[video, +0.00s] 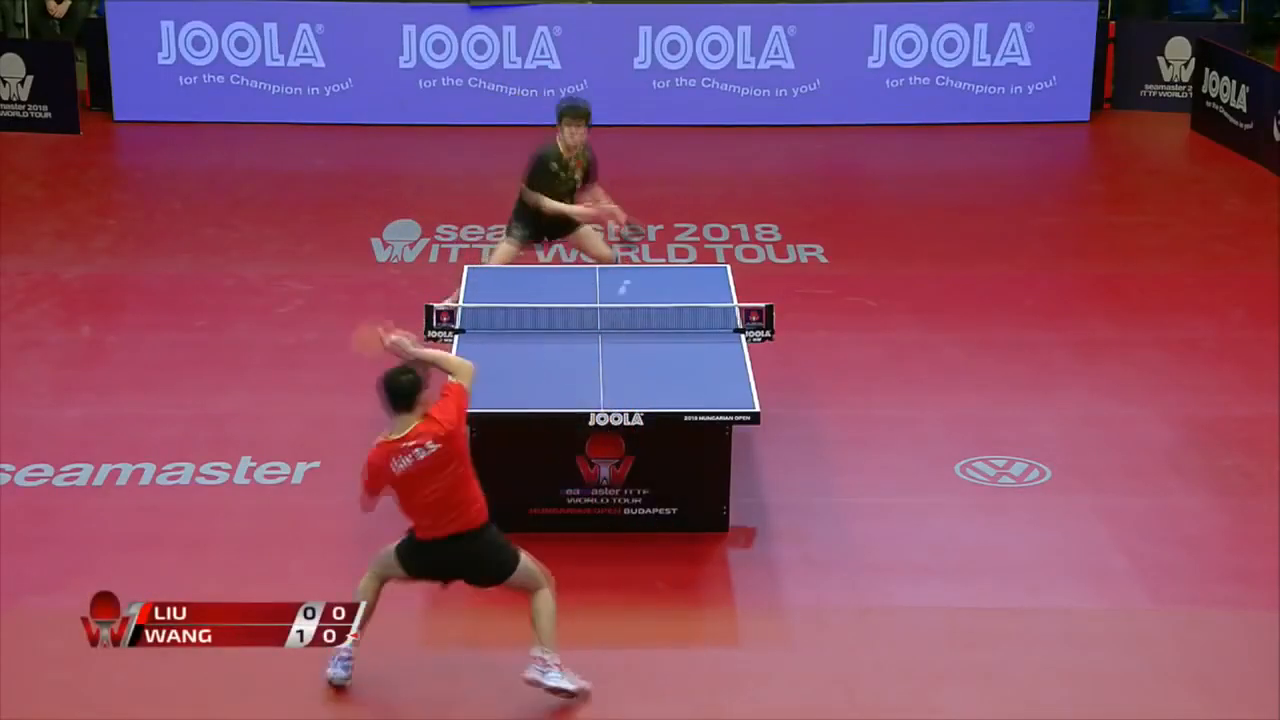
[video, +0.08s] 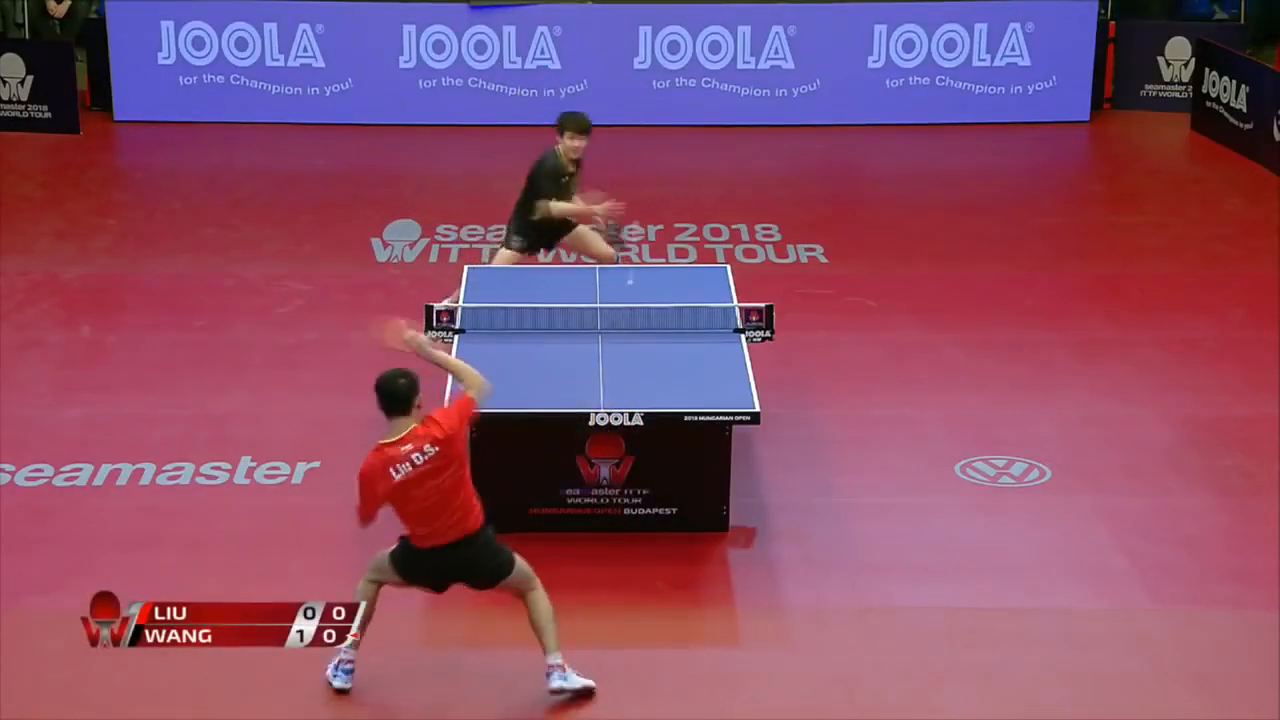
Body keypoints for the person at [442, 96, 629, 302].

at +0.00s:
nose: (576, 132)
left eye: (580, 126)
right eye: (570, 126)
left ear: (587, 129)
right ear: (559, 128)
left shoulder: (587, 158)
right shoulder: (545, 157)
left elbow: (589, 190)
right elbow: (531, 196)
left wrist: (613, 211)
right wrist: (574, 211)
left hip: (563, 219)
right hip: (529, 221)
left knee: (607, 257)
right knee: (494, 268)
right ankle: (453, 301)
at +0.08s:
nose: (578, 145)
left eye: (582, 139)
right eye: (573, 139)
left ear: (587, 141)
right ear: (560, 139)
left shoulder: (575, 163)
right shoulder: (547, 165)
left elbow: (568, 196)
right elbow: (542, 208)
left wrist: (591, 213)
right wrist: (590, 210)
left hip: (559, 223)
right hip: (527, 228)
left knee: (608, 255)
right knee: (494, 275)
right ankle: (452, 302)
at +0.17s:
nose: (565, 142)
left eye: (569, 136)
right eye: (560, 135)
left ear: (571, 137)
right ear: (541, 133)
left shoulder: (565, 159)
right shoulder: (520, 158)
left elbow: (576, 183)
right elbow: (507, 202)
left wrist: (615, 175)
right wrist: (530, 177)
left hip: (555, 227)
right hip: (521, 229)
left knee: (603, 259)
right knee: (494, 272)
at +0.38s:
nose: (503, 140)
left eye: (506, 133)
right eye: (497, 134)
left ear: (514, 135)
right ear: (489, 137)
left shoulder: (526, 154)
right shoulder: (487, 168)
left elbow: (523, 132)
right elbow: (488, 209)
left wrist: (486, 119)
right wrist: (480, 196)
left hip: (544, 229)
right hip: (509, 231)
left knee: (595, 262)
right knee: (461, 258)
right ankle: (454, 312)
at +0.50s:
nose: (496, 134)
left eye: (500, 128)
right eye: (490, 129)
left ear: (508, 127)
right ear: (483, 130)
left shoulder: (521, 147)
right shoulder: (485, 162)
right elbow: (493, 199)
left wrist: (516, 131)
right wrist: (473, 205)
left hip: (544, 220)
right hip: (510, 224)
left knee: (587, 264)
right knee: (463, 254)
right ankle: (455, 307)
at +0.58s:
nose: (502, 118)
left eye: (507, 112)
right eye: (496, 113)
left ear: (515, 113)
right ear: (489, 114)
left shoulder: (528, 135)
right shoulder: (486, 147)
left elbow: (570, 162)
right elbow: (495, 177)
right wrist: (482, 193)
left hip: (547, 208)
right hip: (511, 212)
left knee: (588, 248)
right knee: (470, 249)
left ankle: (594, 303)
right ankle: (455, 304)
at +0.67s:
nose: (527, 103)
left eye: (532, 98)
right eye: (522, 97)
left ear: (540, 98)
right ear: (513, 98)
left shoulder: (554, 124)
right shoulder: (497, 126)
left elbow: (568, 152)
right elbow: (486, 153)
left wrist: (580, 169)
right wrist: (505, 177)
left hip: (550, 190)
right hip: (514, 192)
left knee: (593, 234)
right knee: (474, 237)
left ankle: (620, 287)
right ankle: (457, 296)